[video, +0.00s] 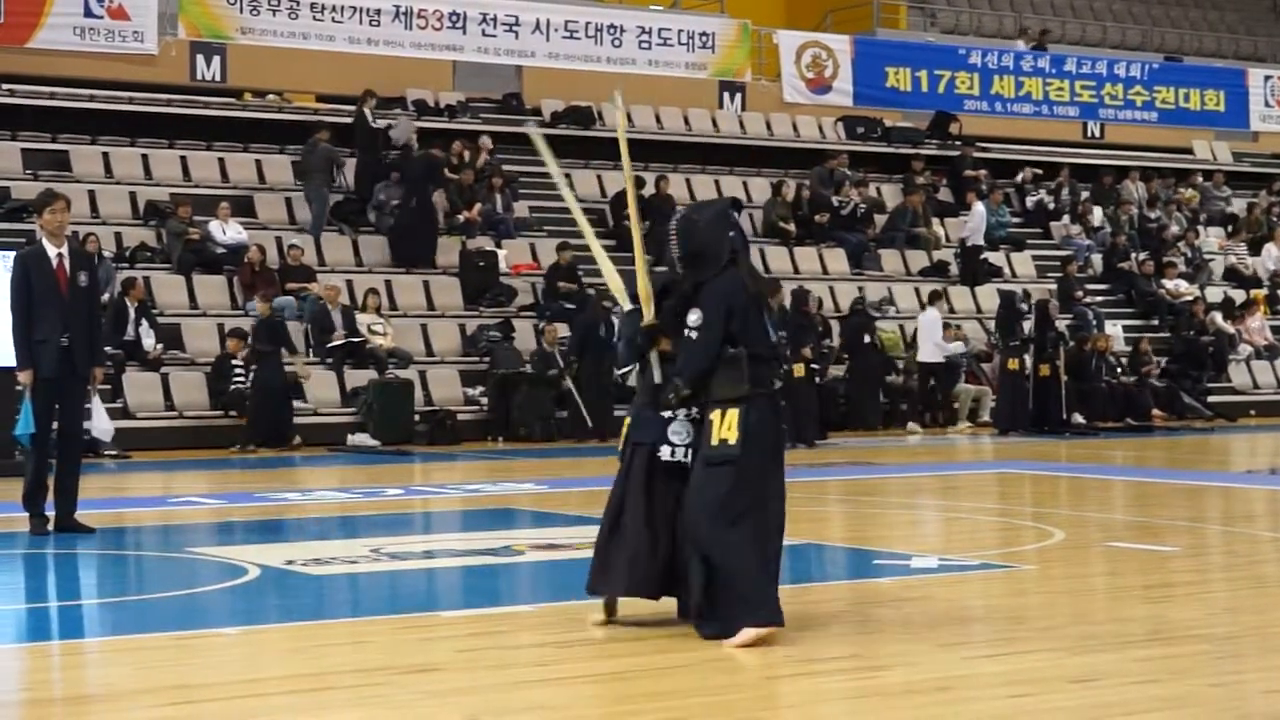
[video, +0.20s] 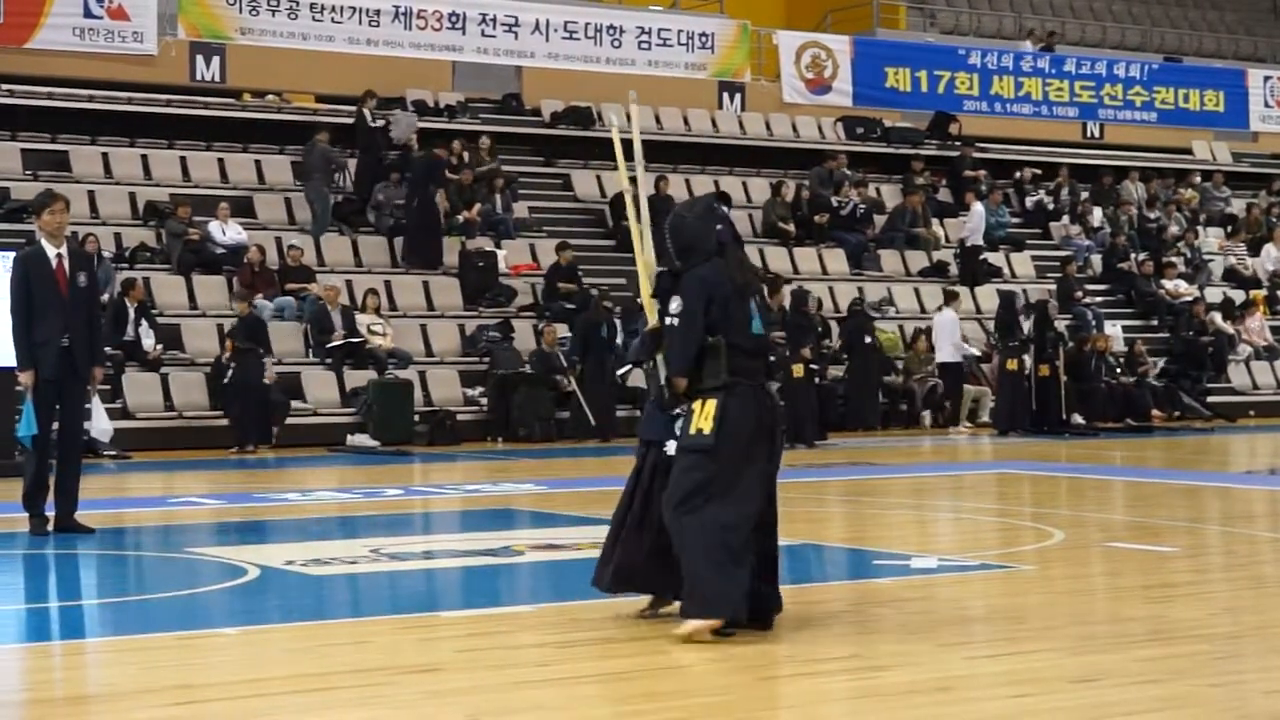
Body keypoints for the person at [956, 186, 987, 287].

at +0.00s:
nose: (967, 197)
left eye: (969, 194)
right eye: (967, 194)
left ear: (974, 195)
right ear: (973, 195)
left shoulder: (977, 209)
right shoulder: (979, 208)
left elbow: (972, 226)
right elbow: (974, 225)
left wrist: (962, 236)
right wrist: (963, 236)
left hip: (972, 244)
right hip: (977, 243)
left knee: (968, 271)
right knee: (973, 271)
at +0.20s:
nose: (965, 197)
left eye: (968, 194)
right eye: (966, 194)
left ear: (973, 195)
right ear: (973, 196)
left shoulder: (976, 209)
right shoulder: (978, 208)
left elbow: (971, 226)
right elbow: (973, 226)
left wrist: (960, 237)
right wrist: (961, 236)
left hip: (972, 245)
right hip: (977, 244)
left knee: (967, 272)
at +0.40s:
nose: (965, 198)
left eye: (967, 195)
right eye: (965, 195)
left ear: (972, 196)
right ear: (972, 197)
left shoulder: (975, 210)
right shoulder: (977, 208)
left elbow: (970, 227)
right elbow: (973, 227)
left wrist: (959, 238)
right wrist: (961, 237)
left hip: (971, 245)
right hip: (976, 244)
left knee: (967, 273)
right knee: (972, 273)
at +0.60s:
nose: (964, 198)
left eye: (967, 196)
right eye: (965, 196)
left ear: (972, 197)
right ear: (971, 197)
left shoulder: (974, 210)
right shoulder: (977, 208)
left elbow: (970, 227)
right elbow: (972, 226)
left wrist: (960, 238)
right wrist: (961, 237)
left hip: (971, 246)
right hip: (976, 245)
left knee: (966, 273)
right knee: (972, 273)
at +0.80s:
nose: (964, 198)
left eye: (967, 196)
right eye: (965, 196)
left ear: (972, 197)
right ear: (971, 197)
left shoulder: (974, 210)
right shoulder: (976, 208)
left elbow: (970, 227)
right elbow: (972, 226)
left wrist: (960, 238)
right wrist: (961, 238)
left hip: (971, 246)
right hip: (975, 245)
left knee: (966, 273)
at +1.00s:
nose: (964, 199)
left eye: (966, 196)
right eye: (965, 196)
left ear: (972, 197)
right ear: (971, 198)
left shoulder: (974, 210)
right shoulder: (976, 209)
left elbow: (970, 228)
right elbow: (972, 227)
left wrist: (959, 238)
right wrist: (961, 238)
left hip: (971, 246)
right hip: (975, 245)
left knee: (966, 274)